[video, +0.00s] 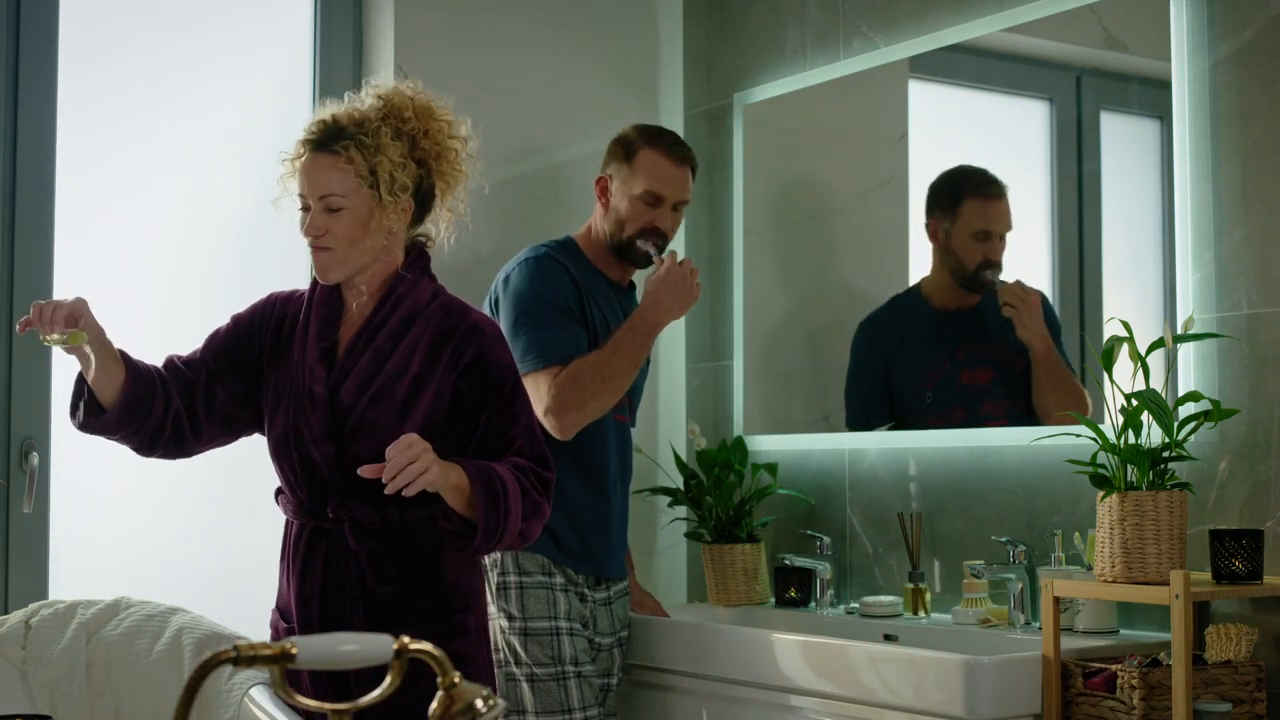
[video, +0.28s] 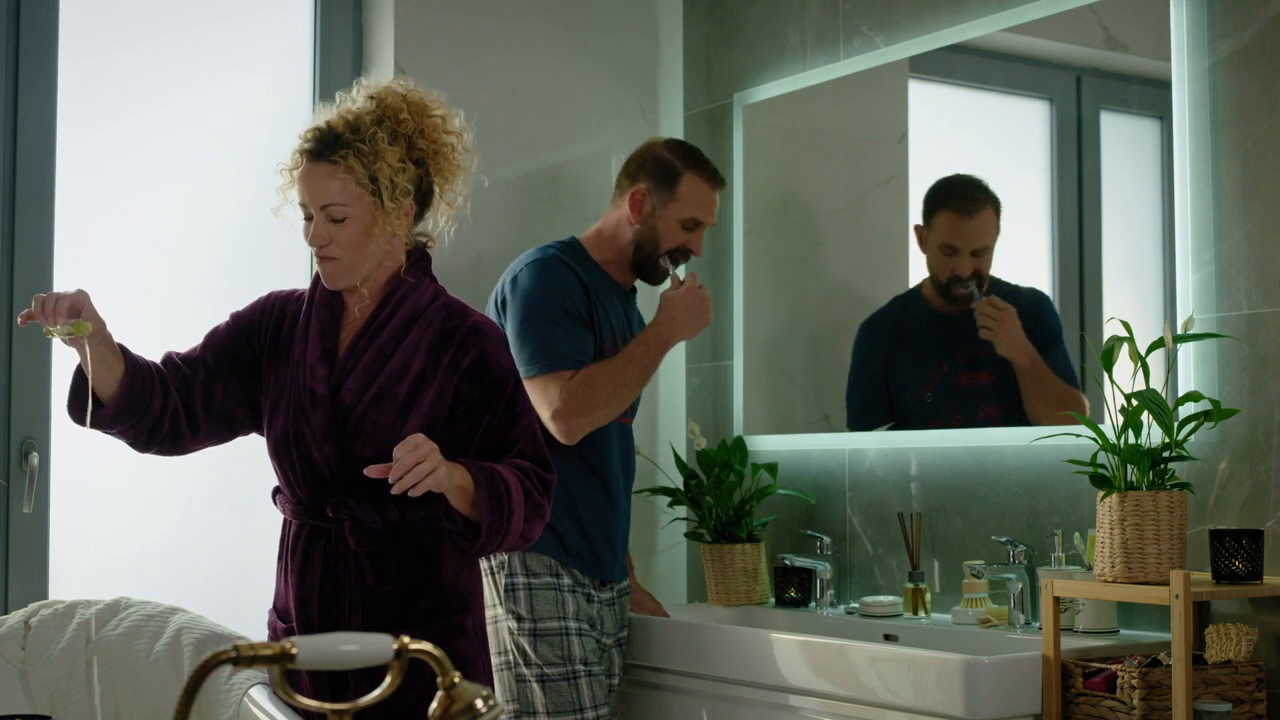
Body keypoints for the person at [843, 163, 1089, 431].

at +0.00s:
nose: (995, 255)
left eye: (1002, 238)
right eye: (981, 238)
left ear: (1009, 233)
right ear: (936, 232)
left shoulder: (1030, 312)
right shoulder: (882, 331)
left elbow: (1069, 423)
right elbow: (867, 450)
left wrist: (1039, 342)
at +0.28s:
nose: (965, 270)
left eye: (979, 253)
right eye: (949, 252)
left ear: (995, 241)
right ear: (922, 240)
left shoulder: (1032, 312)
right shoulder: (882, 333)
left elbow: (1070, 426)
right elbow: (867, 449)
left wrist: (1023, 354)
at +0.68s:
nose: (939, 285)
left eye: (955, 269)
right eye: (924, 267)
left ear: (982, 250)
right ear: (906, 246)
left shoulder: (1031, 311)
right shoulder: (880, 335)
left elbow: (1068, 424)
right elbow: (867, 447)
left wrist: (1005, 357)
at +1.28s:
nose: (965, 255)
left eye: (975, 236)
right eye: (947, 239)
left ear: (984, 231)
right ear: (912, 240)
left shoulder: (1030, 309)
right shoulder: (878, 335)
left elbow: (1068, 426)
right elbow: (869, 452)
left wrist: (1010, 357)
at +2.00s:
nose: (1061, 234)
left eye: (1061, 219)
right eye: (1047, 217)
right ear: (995, 222)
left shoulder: (1077, 314)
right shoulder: (920, 323)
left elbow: (1119, 415)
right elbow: (901, 442)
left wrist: (1107, 417)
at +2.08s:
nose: (1083, 234)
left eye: (1082, 219)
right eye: (1070, 218)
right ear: (1020, 221)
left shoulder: (1088, 313)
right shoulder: (933, 324)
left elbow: (1128, 415)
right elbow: (911, 451)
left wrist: (1114, 415)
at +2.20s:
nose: (1114, 235)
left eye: (1110, 220)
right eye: (1102, 220)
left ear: (1054, 225)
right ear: (1054, 224)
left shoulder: (1105, 313)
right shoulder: (959, 323)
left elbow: (1138, 418)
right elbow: (924, 448)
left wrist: (1125, 419)